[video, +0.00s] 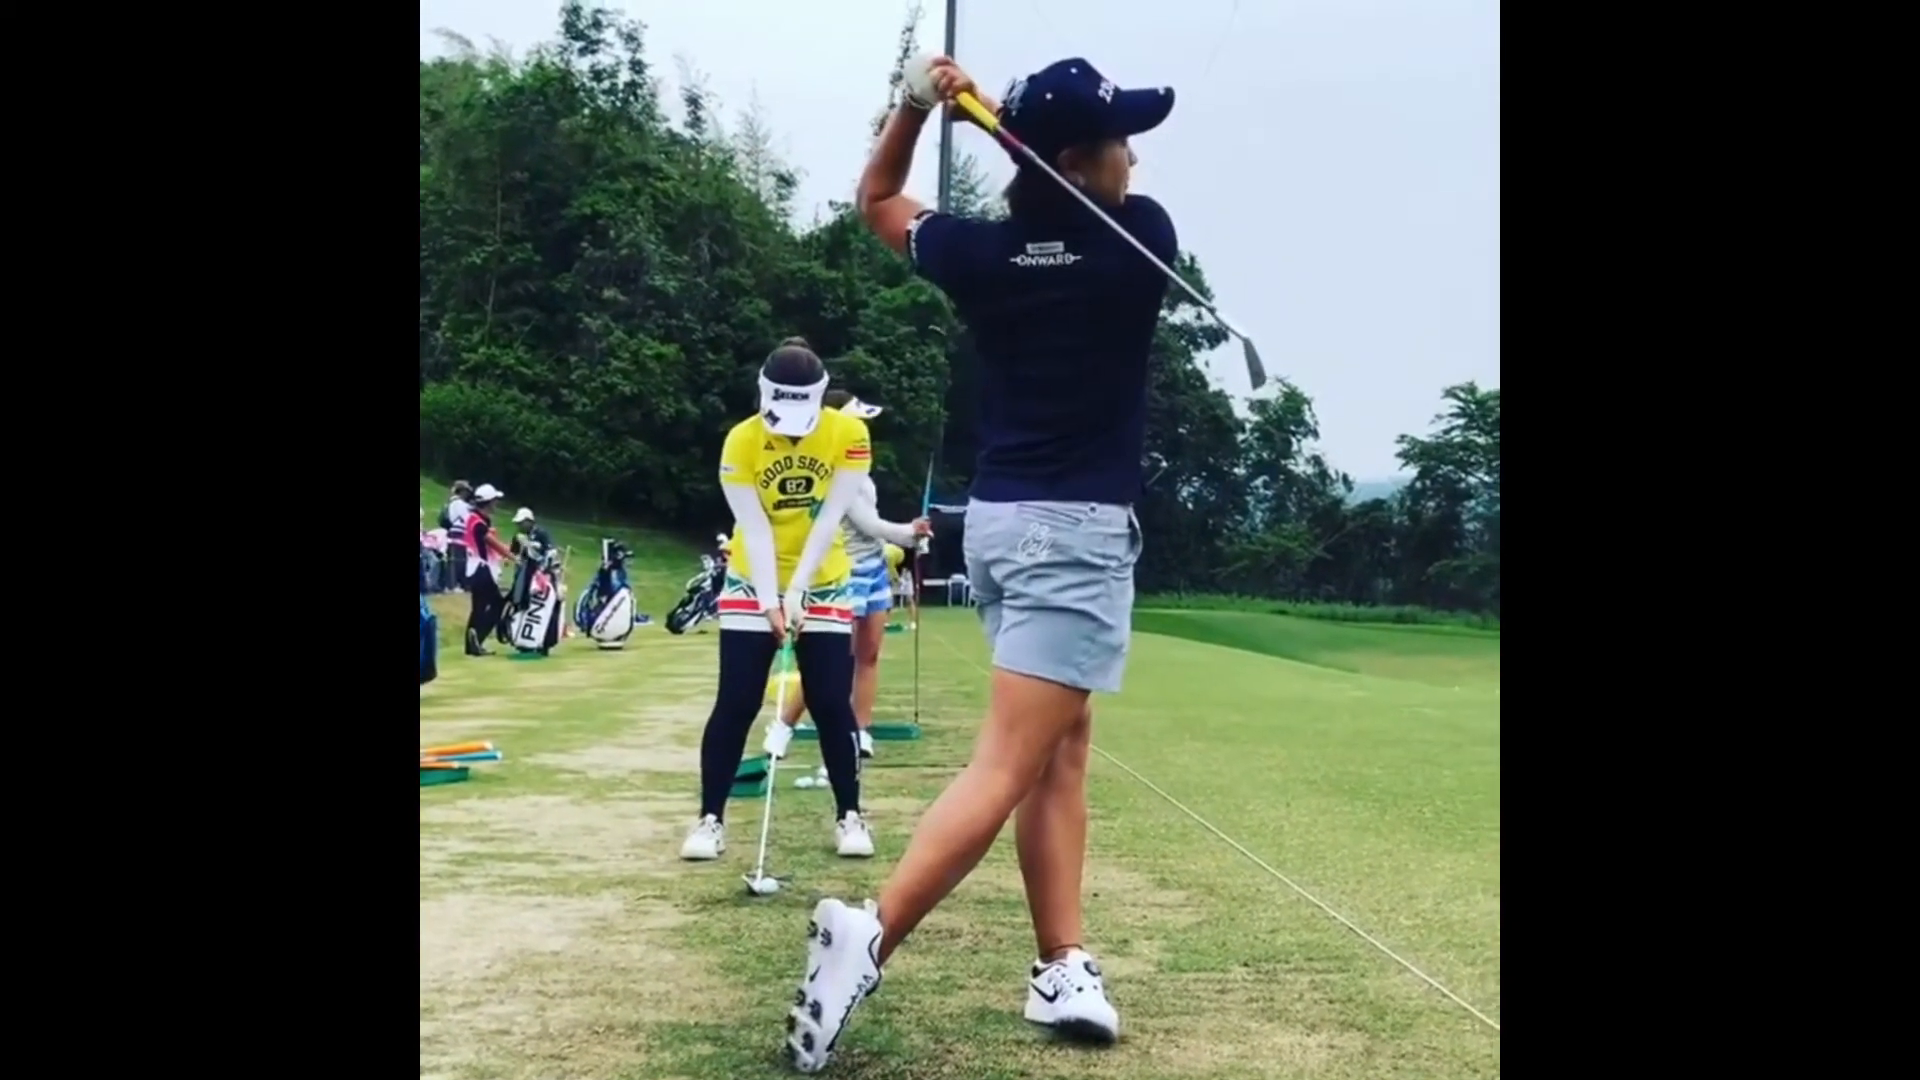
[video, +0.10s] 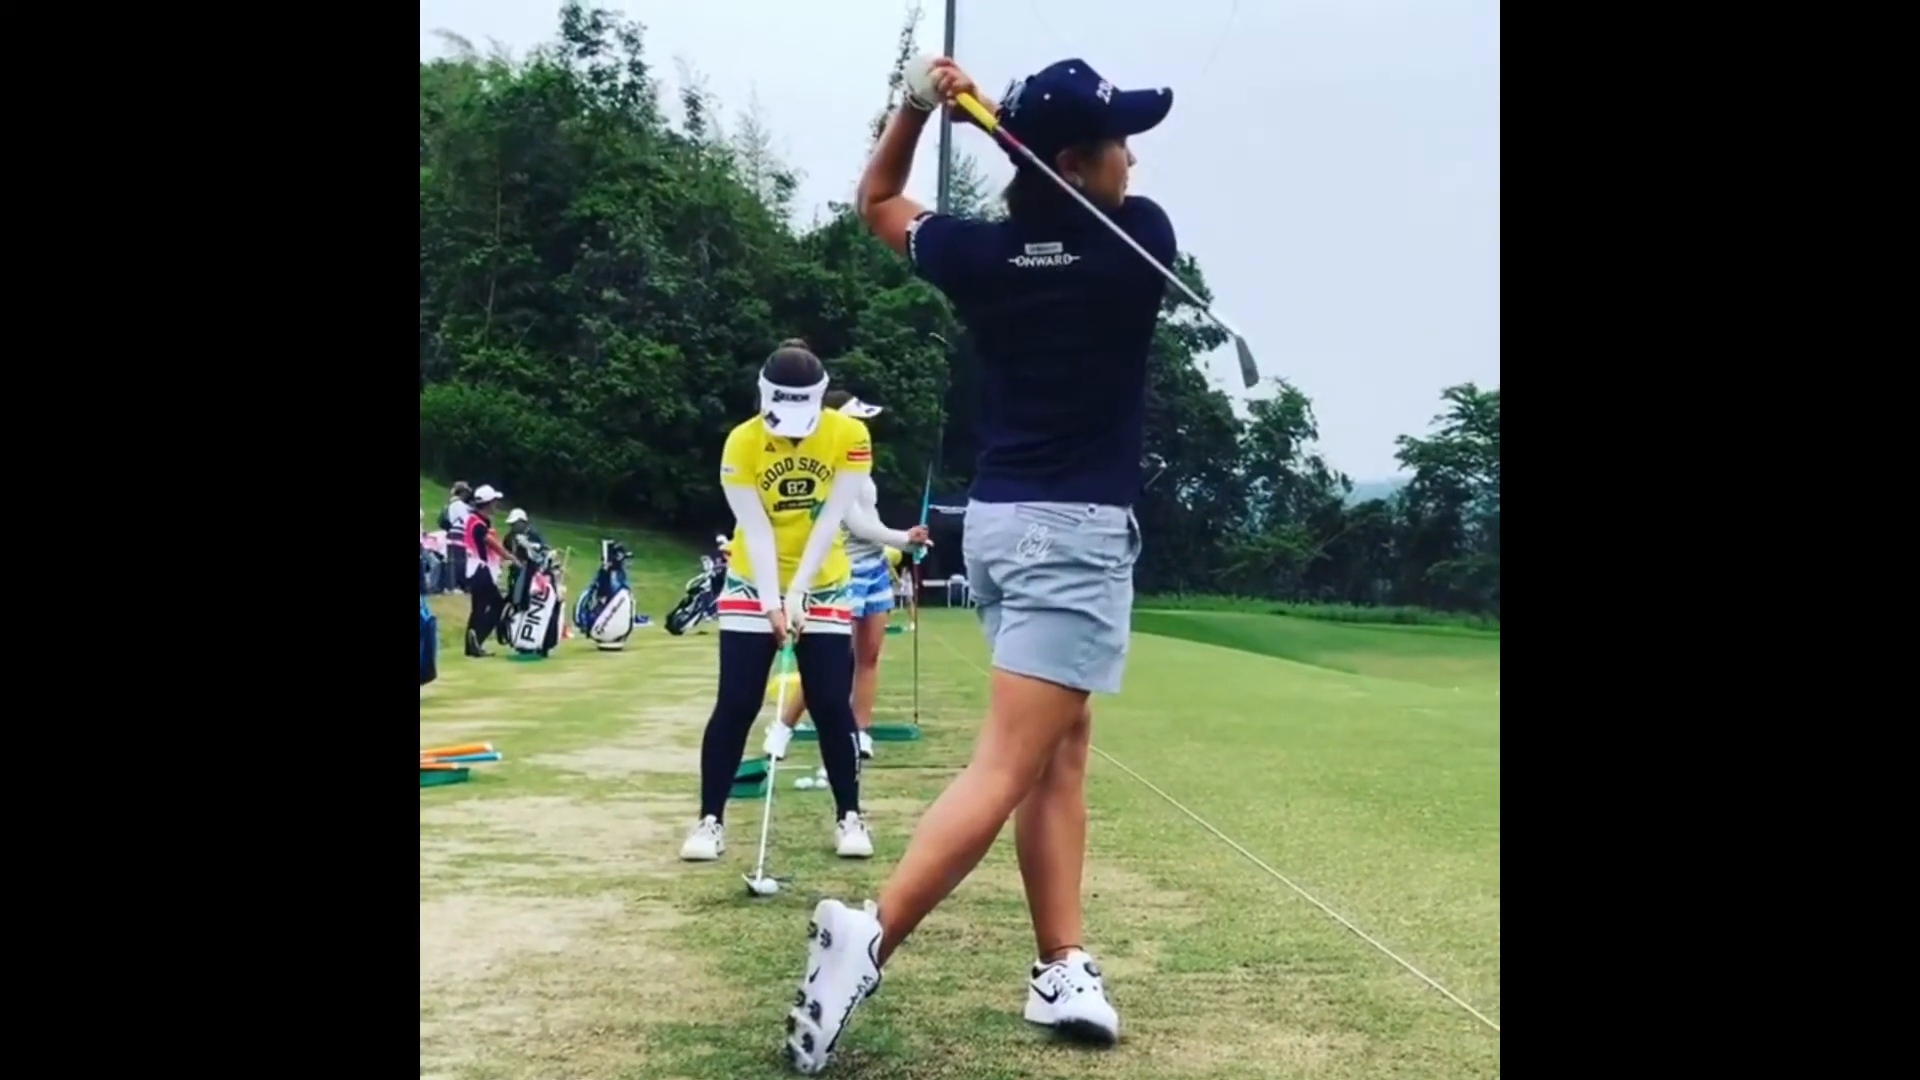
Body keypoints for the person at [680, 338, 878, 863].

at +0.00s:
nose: (788, 423)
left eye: (799, 413)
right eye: (779, 412)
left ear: (819, 396)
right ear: (764, 395)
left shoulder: (849, 433)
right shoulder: (740, 443)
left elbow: (833, 513)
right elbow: (754, 529)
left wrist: (797, 587)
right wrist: (768, 597)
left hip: (823, 585)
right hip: (751, 582)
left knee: (831, 702)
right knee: (736, 701)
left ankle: (850, 816)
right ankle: (710, 819)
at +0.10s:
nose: (789, 423)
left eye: (800, 412)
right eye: (780, 411)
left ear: (819, 397)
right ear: (765, 397)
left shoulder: (849, 435)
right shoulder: (741, 445)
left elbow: (833, 515)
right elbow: (755, 530)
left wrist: (798, 588)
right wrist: (770, 599)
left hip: (823, 586)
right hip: (751, 584)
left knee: (831, 703)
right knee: (735, 702)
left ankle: (849, 816)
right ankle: (709, 820)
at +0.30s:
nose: (845, 363)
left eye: (854, 355)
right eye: (838, 354)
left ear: (877, 353)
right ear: (829, 354)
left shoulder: (891, 401)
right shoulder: (809, 406)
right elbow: (811, 495)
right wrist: (827, 563)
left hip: (873, 556)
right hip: (814, 553)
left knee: (867, 678)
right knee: (811, 671)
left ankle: (870, 785)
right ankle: (807, 778)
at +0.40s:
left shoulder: (898, 409)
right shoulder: (806, 409)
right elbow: (809, 501)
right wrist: (818, 563)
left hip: (884, 547)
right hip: (825, 549)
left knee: (876, 681)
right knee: (805, 667)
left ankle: (871, 786)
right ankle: (789, 786)